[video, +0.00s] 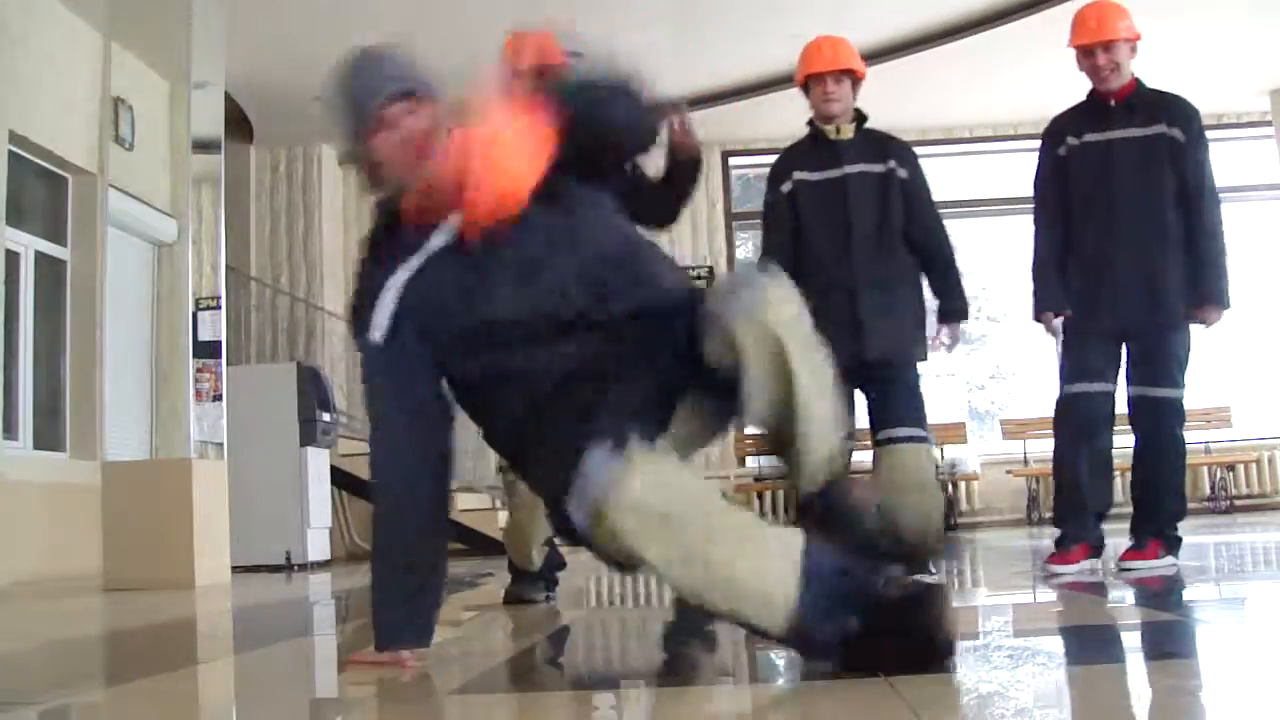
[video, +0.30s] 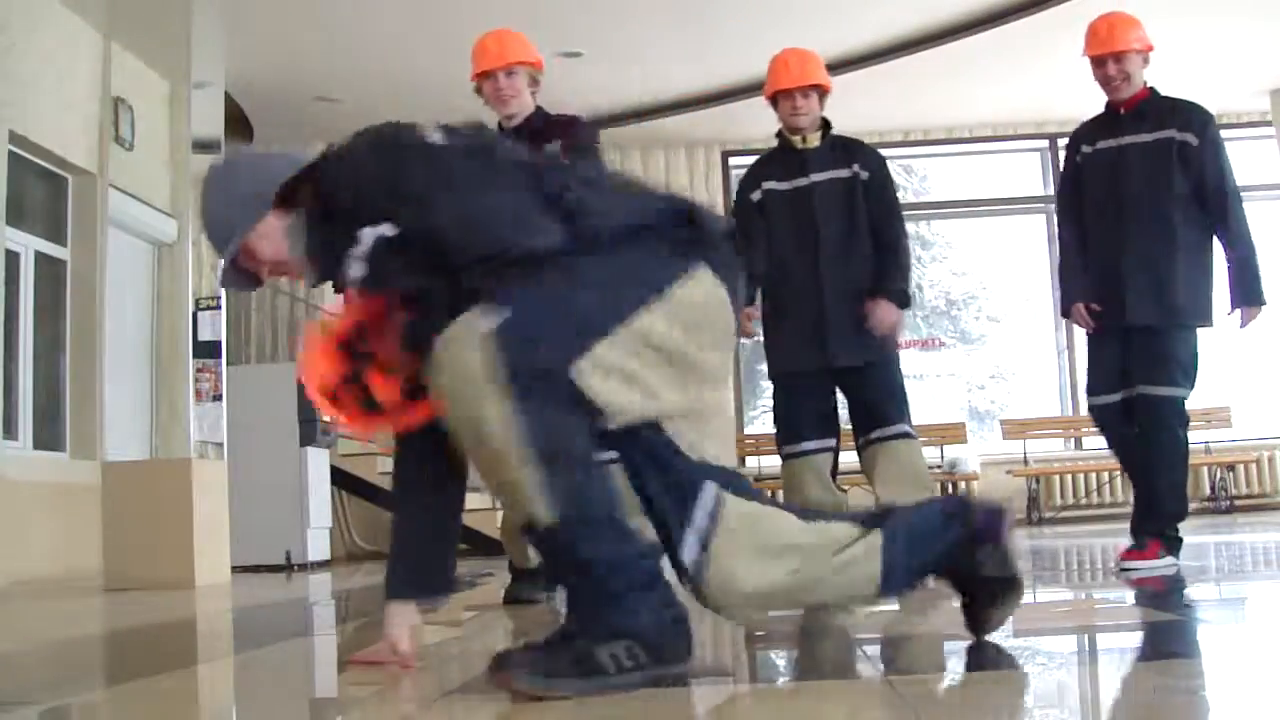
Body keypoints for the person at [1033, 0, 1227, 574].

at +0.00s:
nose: (1101, 59)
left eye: (1110, 47)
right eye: (1089, 51)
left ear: (1132, 46)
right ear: (1077, 57)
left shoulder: (1176, 115)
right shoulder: (1061, 131)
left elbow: (1202, 204)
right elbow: (1048, 219)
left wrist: (1209, 287)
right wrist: (1048, 291)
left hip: (1161, 298)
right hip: (1087, 301)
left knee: (1158, 422)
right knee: (1079, 421)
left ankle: (1155, 538)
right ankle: (1079, 537)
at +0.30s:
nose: (1109, 69)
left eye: (1119, 57)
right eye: (1099, 60)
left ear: (1145, 56)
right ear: (1091, 66)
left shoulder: (1190, 121)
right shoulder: (1083, 140)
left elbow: (1226, 207)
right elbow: (1070, 224)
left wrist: (1246, 283)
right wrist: (1073, 290)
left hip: (1171, 296)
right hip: (1106, 301)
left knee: (1159, 409)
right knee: (1106, 406)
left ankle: (1161, 540)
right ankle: (1155, 519)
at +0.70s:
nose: (1131, 98)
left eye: (1140, 86)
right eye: (1122, 90)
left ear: (1166, 81)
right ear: (1116, 95)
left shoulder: (1208, 132)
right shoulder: (1124, 165)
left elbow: (1253, 181)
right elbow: (1111, 244)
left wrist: (1188, 166)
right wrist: (1095, 311)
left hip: (1209, 297)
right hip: (1157, 305)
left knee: (1187, 408)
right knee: (1186, 414)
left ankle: (1162, 531)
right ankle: (1232, 528)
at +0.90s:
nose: (1145, 93)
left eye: (1154, 81)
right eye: (1136, 86)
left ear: (1179, 78)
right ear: (1130, 93)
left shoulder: (1214, 130)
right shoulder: (1141, 162)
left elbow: (1263, 135)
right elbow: (1121, 232)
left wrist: (1196, 89)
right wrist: (1071, 264)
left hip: (1225, 292)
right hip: (1175, 301)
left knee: (1208, 404)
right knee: (1188, 410)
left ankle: (1217, 528)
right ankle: (1232, 527)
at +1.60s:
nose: (1216, 71)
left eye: (1225, 59)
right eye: (1206, 65)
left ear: (1248, 60)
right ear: (1199, 74)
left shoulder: (1275, 113)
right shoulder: (1190, 136)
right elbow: (1130, 134)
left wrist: (1248, 47)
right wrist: (1169, 73)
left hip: (1279, 289)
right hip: (1233, 297)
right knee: (1224, 408)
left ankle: (1237, 519)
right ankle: (1232, 519)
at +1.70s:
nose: (1224, 66)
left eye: (1234, 54)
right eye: (1214, 58)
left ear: (1258, 55)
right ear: (1207, 67)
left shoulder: (1277, 108)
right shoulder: (1203, 130)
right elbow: (1140, 126)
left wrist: (1258, 37)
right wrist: (1179, 64)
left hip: (1276, 284)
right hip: (1245, 289)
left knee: (1235, 399)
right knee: (1225, 399)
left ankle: (1234, 510)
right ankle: (1231, 511)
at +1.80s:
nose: (1231, 65)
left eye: (1241, 53)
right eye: (1221, 56)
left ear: (1265, 52)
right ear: (1213, 62)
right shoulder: (1210, 124)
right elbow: (1148, 120)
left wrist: (1267, 33)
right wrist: (1186, 57)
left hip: (1279, 283)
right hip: (1248, 288)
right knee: (1234, 398)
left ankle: (1241, 505)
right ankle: (1238, 508)